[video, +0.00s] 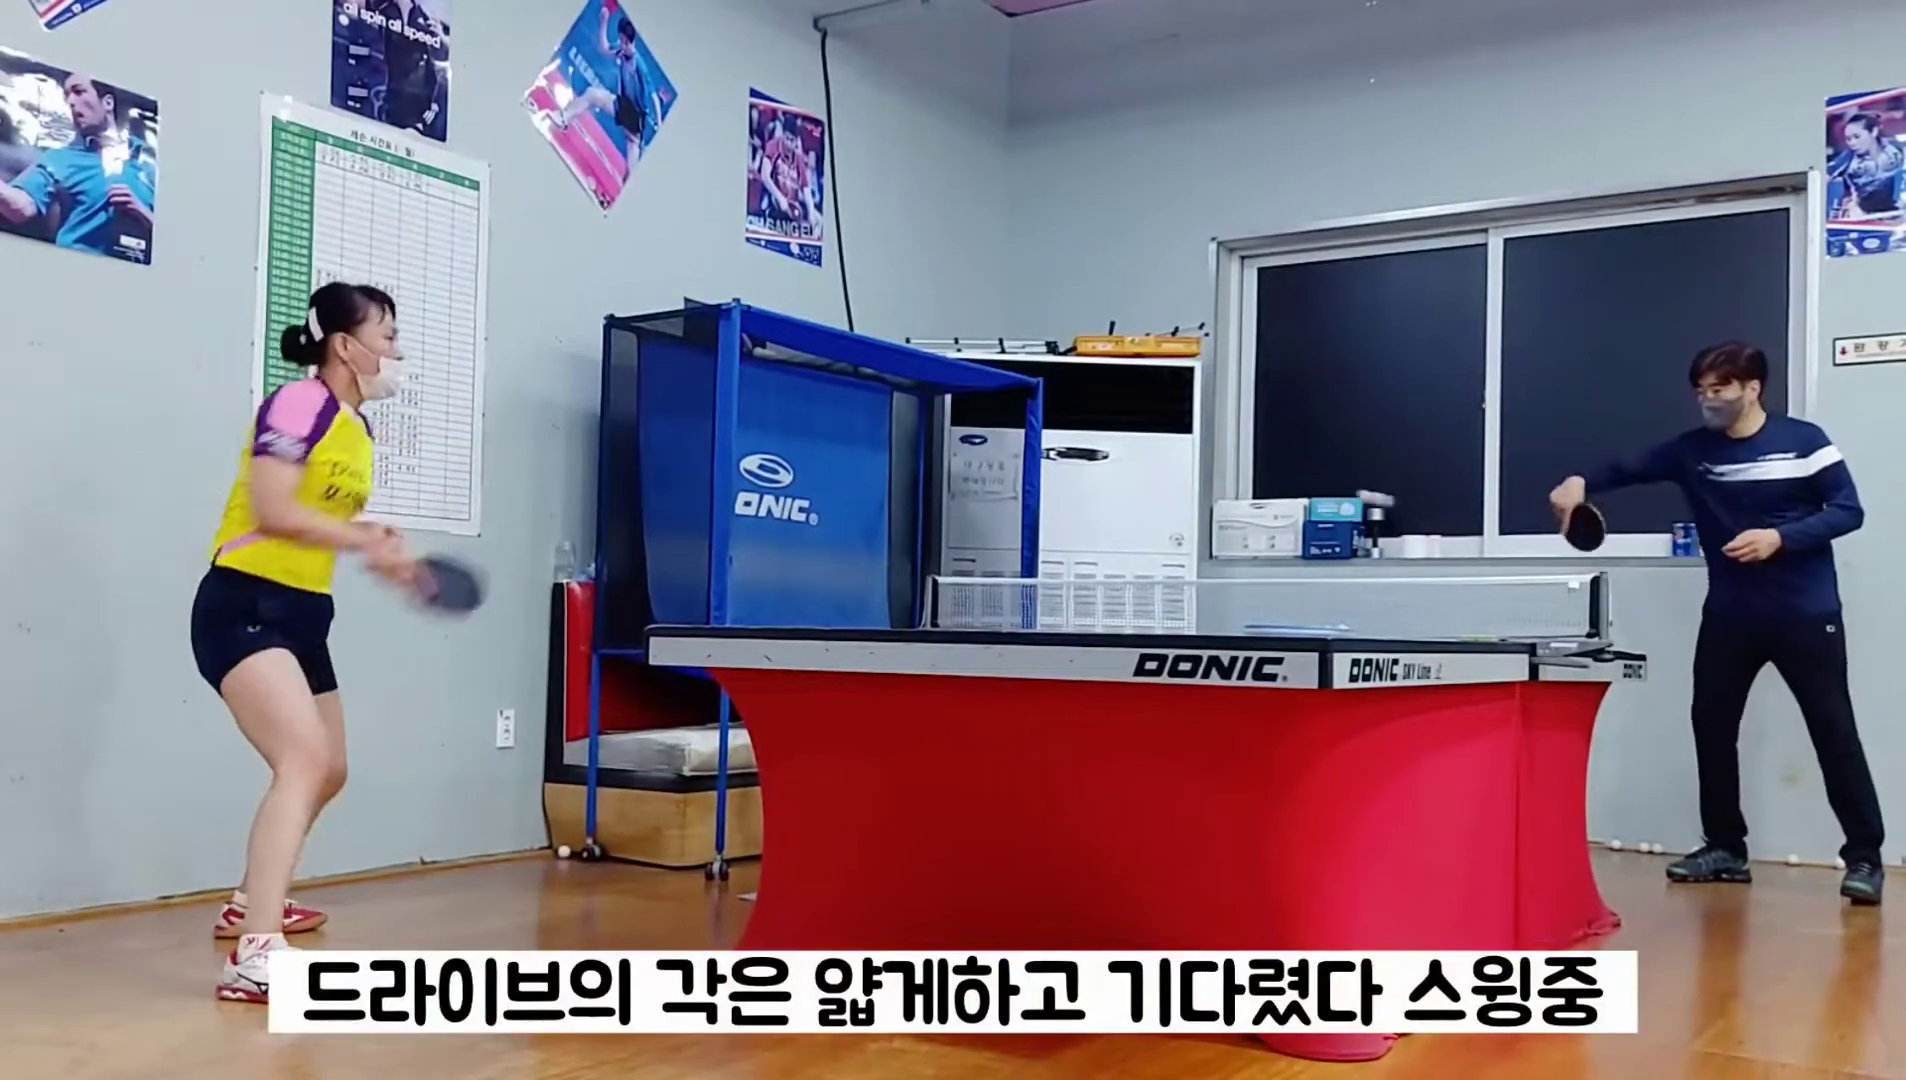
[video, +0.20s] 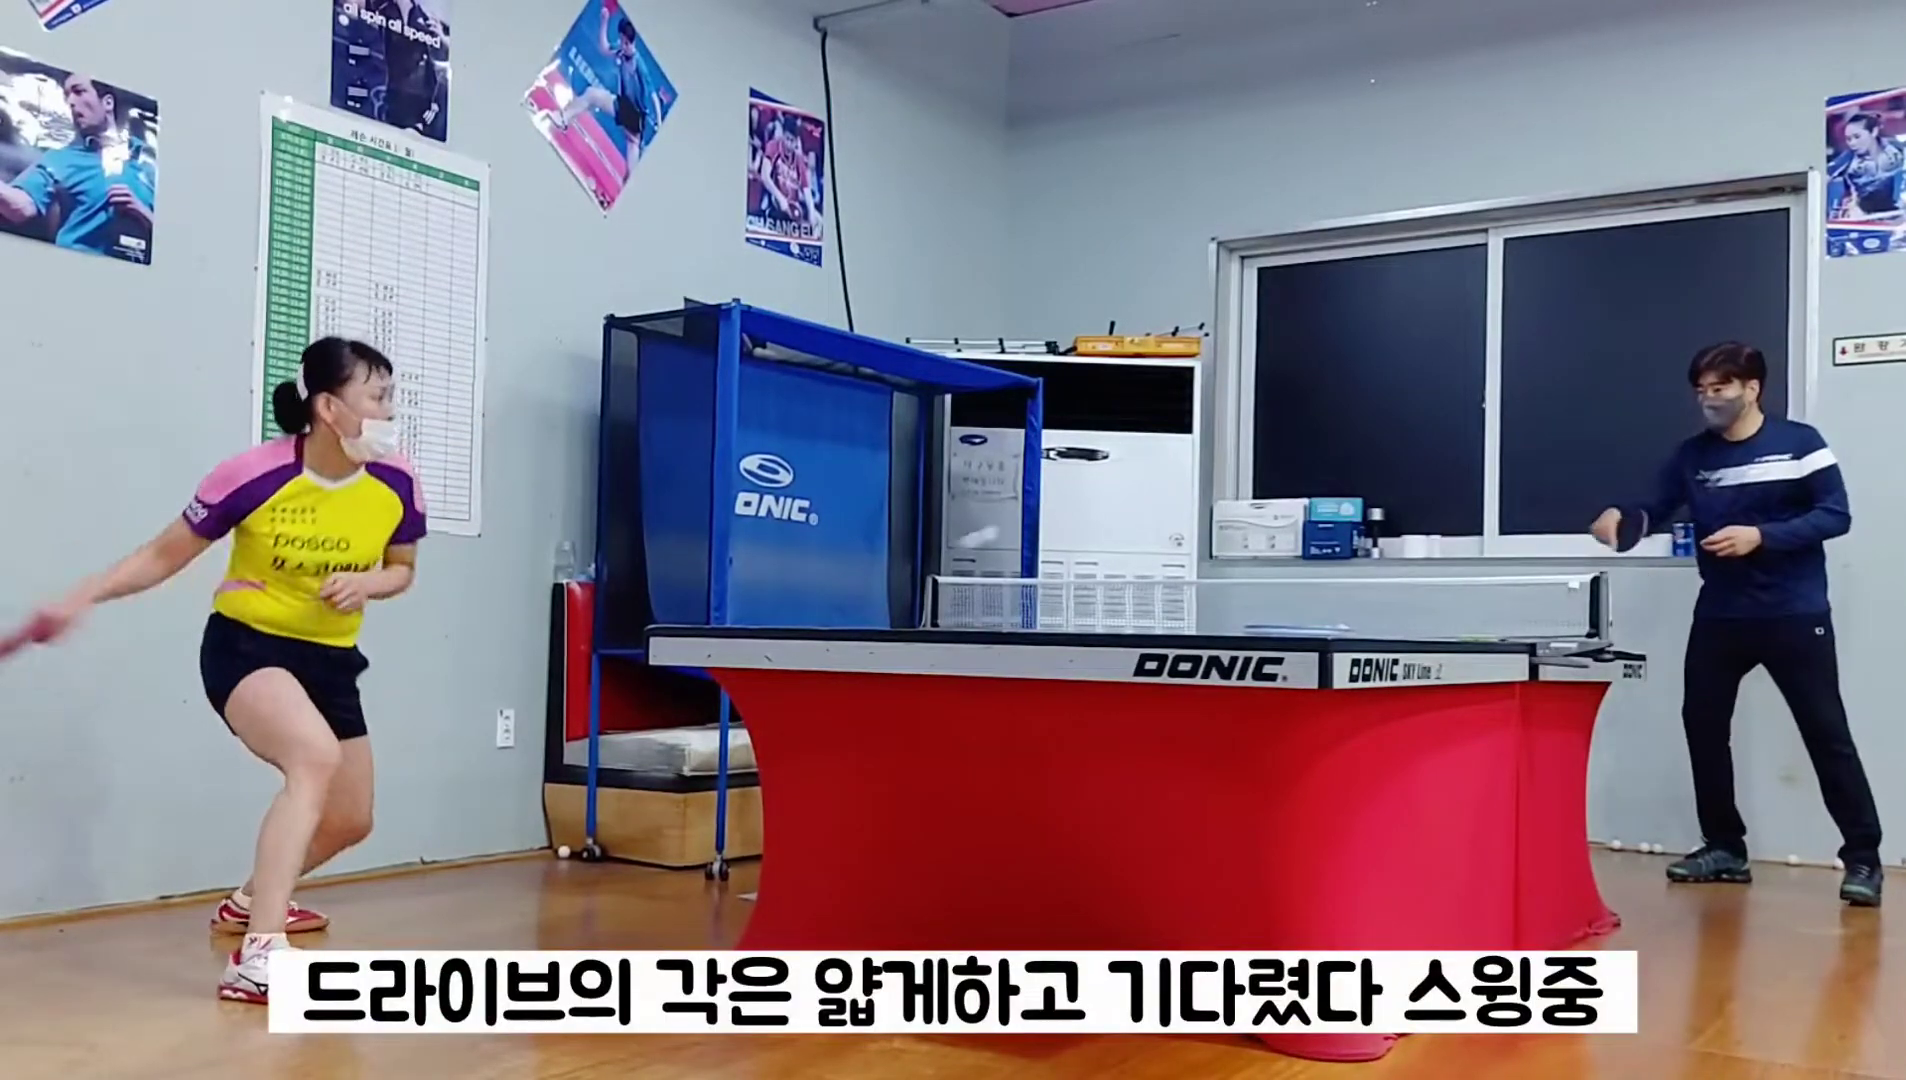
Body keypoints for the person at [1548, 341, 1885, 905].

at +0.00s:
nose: (1708, 398)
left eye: (1719, 387)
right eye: (1701, 390)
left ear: (1752, 387)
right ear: (1696, 395)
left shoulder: (1805, 440)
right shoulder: (1691, 451)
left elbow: (1847, 510)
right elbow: (1628, 468)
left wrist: (1780, 536)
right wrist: (1581, 483)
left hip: (1806, 618)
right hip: (1729, 619)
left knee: (1834, 734)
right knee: (1711, 727)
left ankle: (1863, 859)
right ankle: (1725, 849)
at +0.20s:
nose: (1709, 398)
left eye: (1720, 388)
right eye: (1702, 390)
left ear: (1752, 389)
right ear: (1696, 396)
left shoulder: (1801, 443)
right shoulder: (1693, 456)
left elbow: (1835, 515)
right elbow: (1653, 510)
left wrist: (1761, 535)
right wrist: (1622, 520)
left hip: (1796, 618)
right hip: (1720, 619)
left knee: (1828, 737)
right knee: (1703, 725)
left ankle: (1862, 861)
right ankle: (1725, 849)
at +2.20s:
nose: (1728, 395)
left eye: (1739, 385)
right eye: (1720, 388)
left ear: (1771, 386)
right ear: (1713, 395)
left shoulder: (1819, 441)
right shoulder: (1712, 458)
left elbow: (1855, 514)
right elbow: (1689, 527)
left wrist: (1779, 534)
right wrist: (1662, 545)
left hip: (1808, 617)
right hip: (1734, 618)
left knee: (1835, 736)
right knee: (1711, 723)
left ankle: (1862, 862)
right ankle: (1724, 848)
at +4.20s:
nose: (1718, 396)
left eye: (1729, 386)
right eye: (1710, 389)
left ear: (1760, 387)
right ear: (1703, 397)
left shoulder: (1809, 442)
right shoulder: (1699, 462)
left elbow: (1844, 515)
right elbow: (1665, 534)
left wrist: (1769, 535)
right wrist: (1639, 541)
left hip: (1802, 616)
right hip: (1728, 619)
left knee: (1832, 737)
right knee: (1707, 723)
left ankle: (1862, 861)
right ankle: (1725, 849)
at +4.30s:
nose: (1722, 394)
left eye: (1733, 383)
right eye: (1715, 387)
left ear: (1763, 386)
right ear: (1708, 396)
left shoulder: (1811, 440)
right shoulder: (1708, 462)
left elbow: (1846, 514)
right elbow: (1690, 533)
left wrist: (1766, 534)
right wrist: (1662, 555)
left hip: (1804, 618)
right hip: (1733, 619)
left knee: (1834, 739)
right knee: (1709, 721)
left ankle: (1863, 862)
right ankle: (1724, 848)